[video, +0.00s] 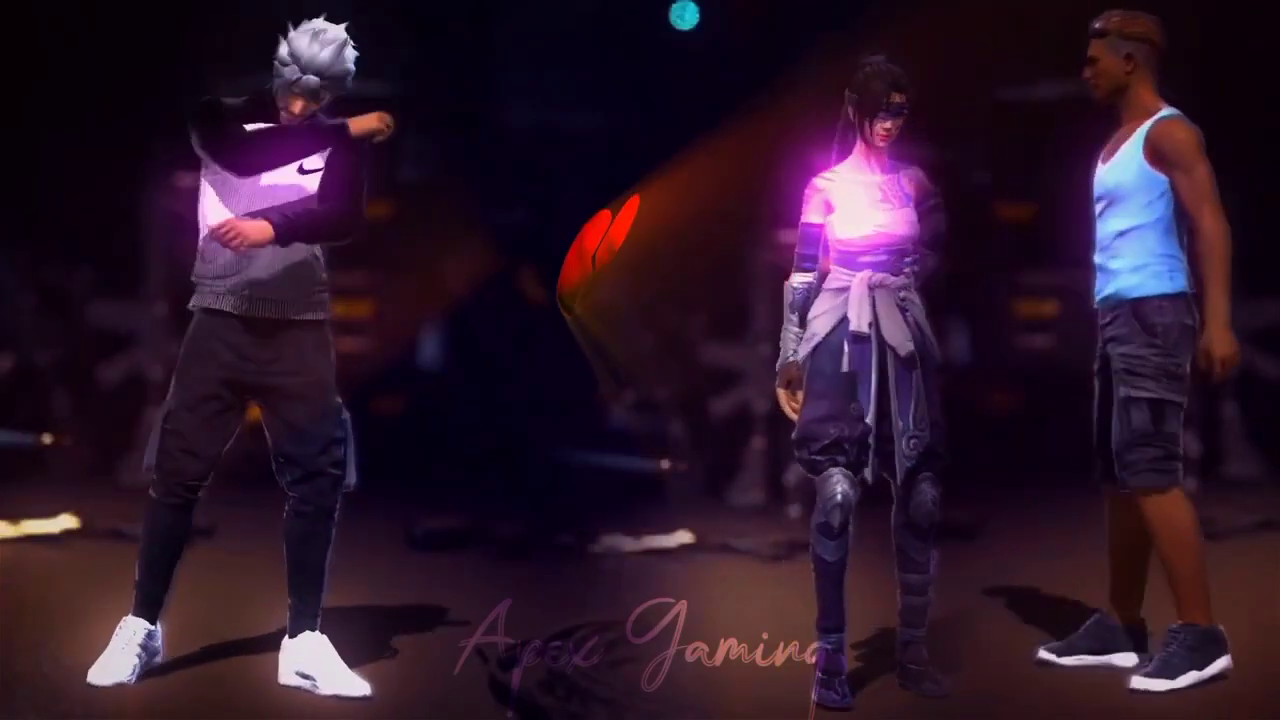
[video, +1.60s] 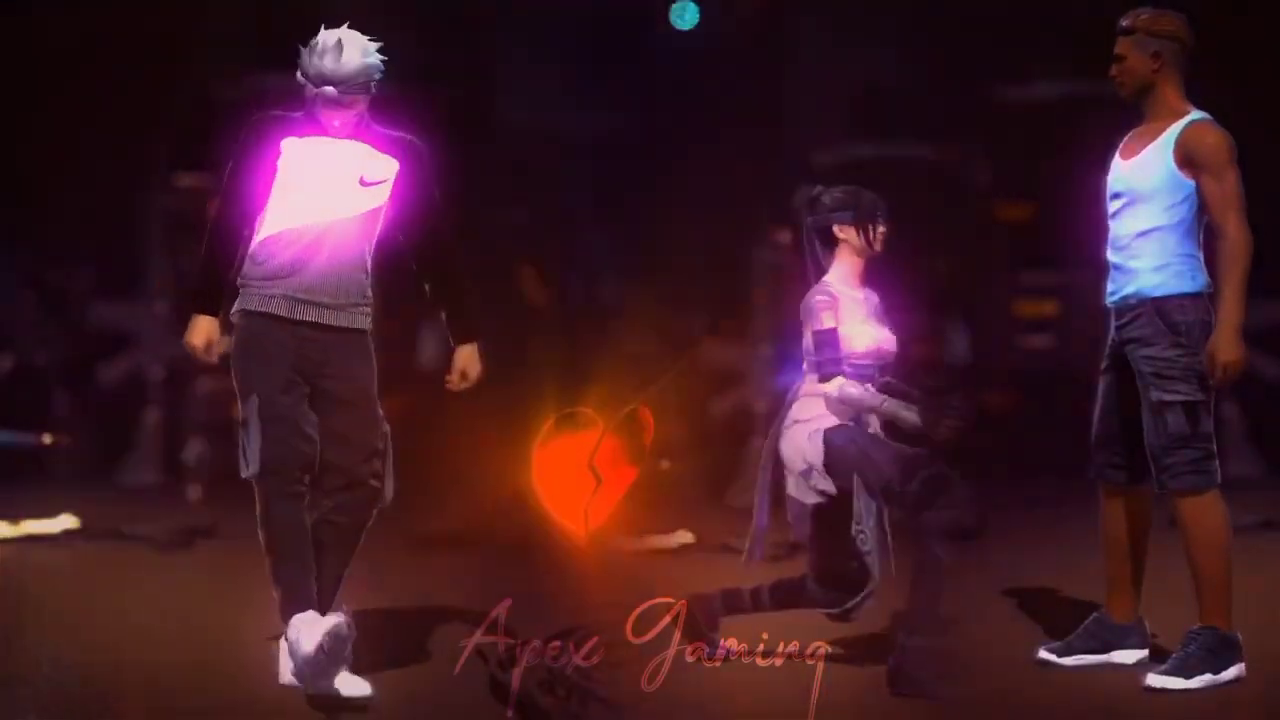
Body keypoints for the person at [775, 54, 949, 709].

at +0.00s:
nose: (893, 124)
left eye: (902, 114)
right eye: (884, 112)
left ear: (910, 117)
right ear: (855, 110)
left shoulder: (915, 182)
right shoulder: (825, 184)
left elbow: (930, 262)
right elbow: (804, 272)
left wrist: (900, 277)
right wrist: (789, 354)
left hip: (904, 338)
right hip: (835, 337)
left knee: (920, 494)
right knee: (836, 495)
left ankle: (912, 646)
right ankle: (831, 647)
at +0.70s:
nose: (886, 138)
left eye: (895, 126)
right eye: (876, 126)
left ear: (903, 131)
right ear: (852, 127)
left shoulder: (916, 200)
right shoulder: (822, 198)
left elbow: (937, 288)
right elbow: (795, 286)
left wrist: (944, 359)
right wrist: (784, 362)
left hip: (899, 342)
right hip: (831, 341)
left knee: (913, 495)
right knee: (841, 495)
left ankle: (897, 638)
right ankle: (833, 652)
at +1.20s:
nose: (882, 176)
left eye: (889, 166)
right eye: (872, 166)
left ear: (896, 174)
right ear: (850, 172)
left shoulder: (912, 245)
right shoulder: (817, 243)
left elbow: (932, 325)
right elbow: (800, 323)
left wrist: (942, 379)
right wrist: (814, 371)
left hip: (894, 384)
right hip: (833, 381)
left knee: (902, 517)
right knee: (860, 500)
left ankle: (851, 615)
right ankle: (838, 651)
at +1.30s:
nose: (893, 199)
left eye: (897, 190)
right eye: (882, 189)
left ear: (900, 197)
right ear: (853, 194)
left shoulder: (910, 270)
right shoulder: (825, 265)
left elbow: (917, 351)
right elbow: (814, 350)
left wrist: (908, 407)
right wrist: (869, 410)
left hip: (889, 408)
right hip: (831, 397)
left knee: (866, 559)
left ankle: (780, 610)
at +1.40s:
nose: (894, 205)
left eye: (898, 195)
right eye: (883, 195)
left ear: (901, 202)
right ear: (853, 200)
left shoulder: (907, 275)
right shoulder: (826, 267)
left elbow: (911, 356)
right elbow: (814, 352)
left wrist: (906, 408)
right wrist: (870, 415)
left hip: (885, 406)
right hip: (828, 393)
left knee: (867, 558)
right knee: (837, 424)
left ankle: (771, 608)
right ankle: (877, 470)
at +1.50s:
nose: (890, 218)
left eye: (890, 210)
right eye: (879, 210)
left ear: (876, 218)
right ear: (848, 216)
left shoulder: (888, 288)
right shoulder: (827, 282)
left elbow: (893, 366)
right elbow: (824, 367)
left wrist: (931, 406)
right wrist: (894, 409)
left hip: (873, 416)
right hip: (825, 412)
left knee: (851, 576)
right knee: (872, 451)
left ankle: (732, 607)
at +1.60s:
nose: (883, 230)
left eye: (882, 222)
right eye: (873, 222)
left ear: (855, 231)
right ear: (842, 230)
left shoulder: (869, 298)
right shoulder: (823, 298)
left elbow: (876, 376)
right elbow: (830, 379)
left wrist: (925, 409)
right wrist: (894, 409)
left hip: (854, 429)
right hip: (817, 430)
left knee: (838, 586)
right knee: (933, 488)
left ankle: (707, 606)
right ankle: (917, 651)